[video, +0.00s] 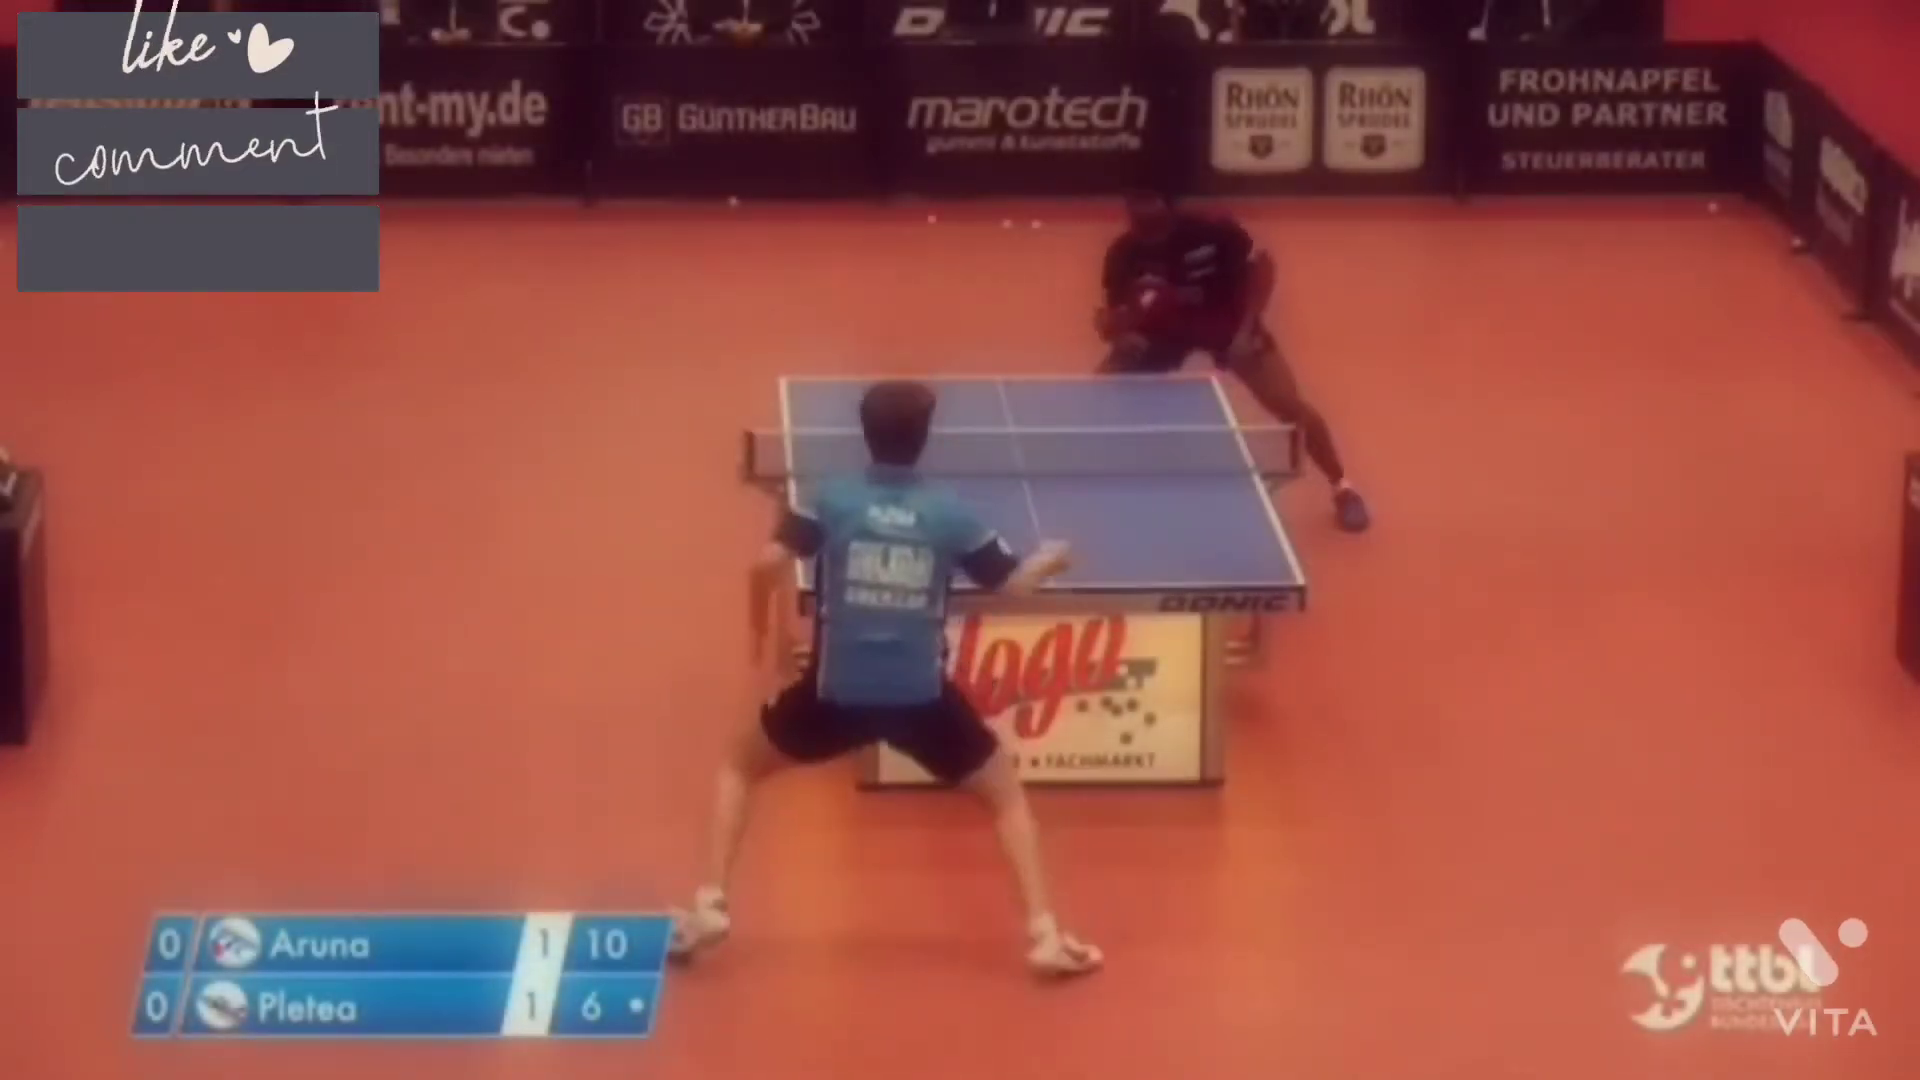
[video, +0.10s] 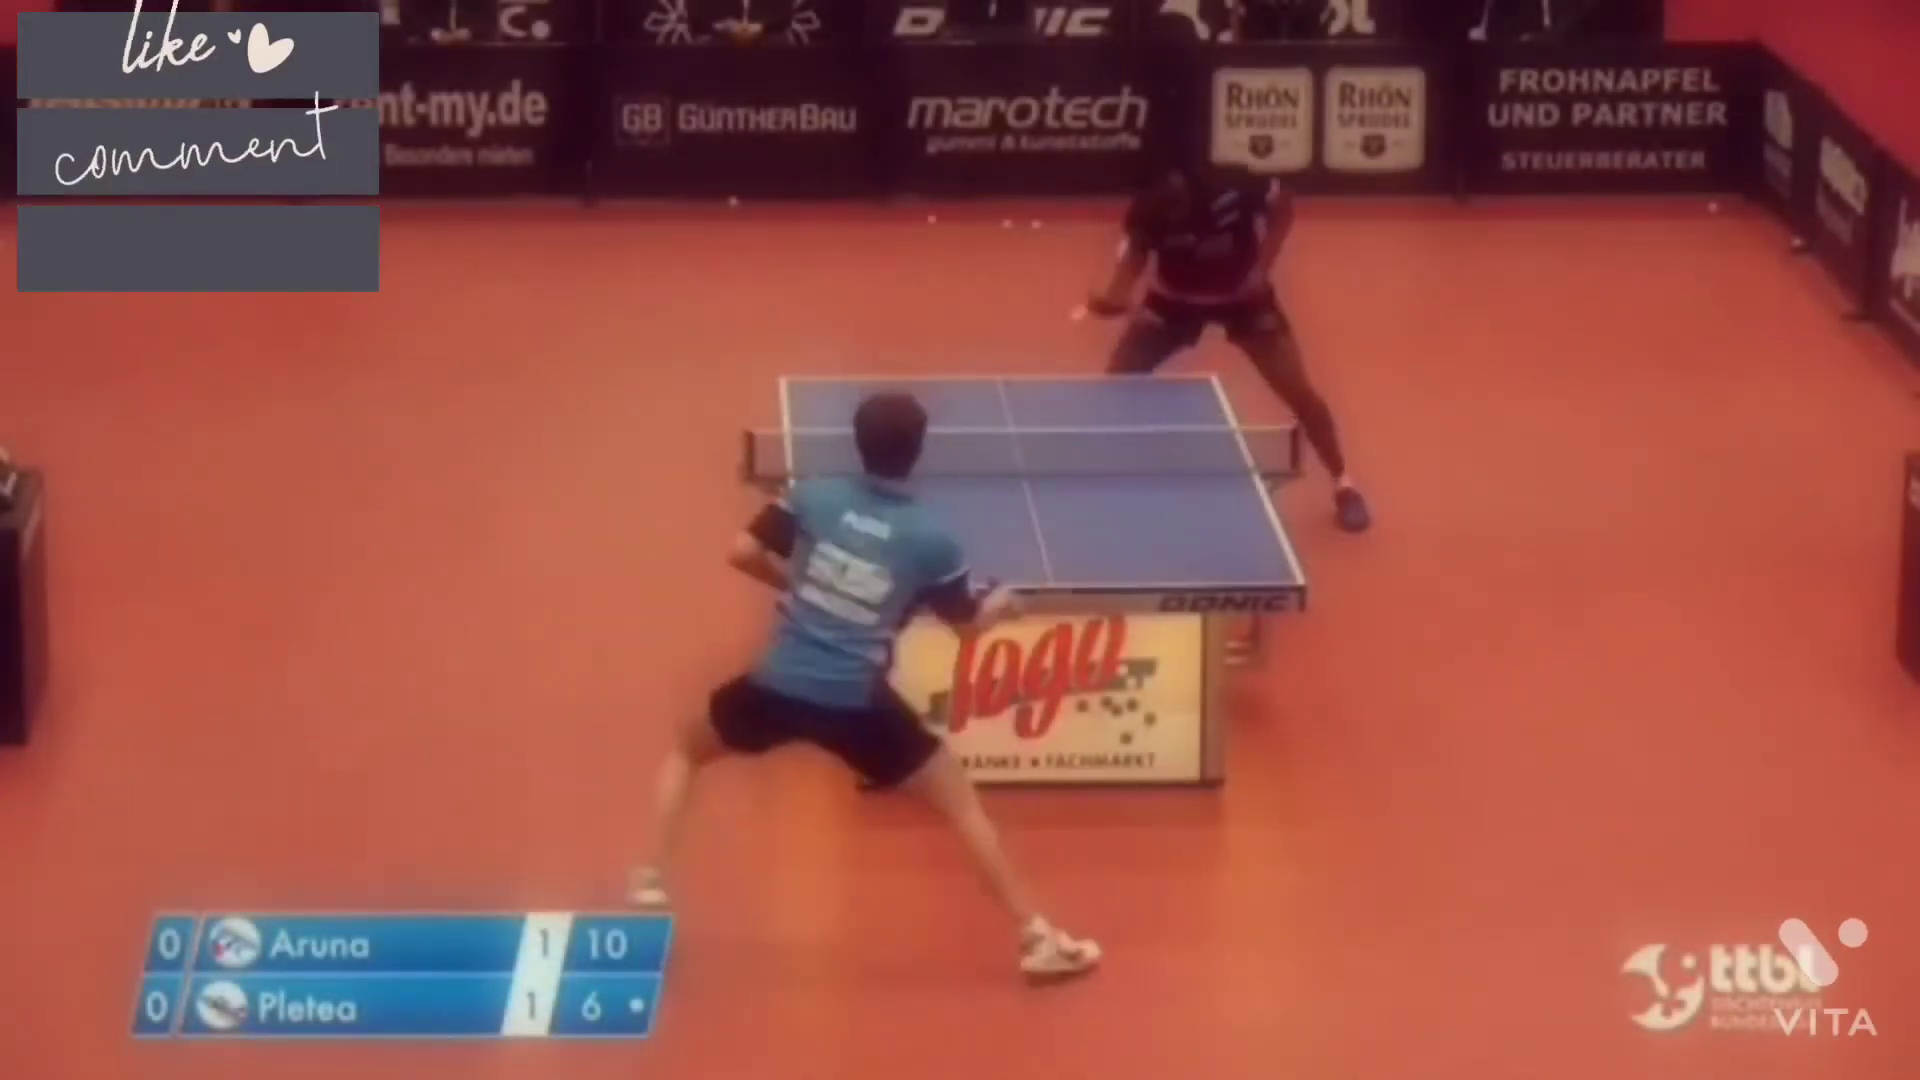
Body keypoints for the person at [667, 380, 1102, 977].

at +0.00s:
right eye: (919, 427)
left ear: (866, 436)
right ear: (923, 438)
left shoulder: (834, 498)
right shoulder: (943, 511)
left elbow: (783, 554)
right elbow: (1006, 584)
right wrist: (1046, 563)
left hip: (838, 695)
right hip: (919, 698)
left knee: (741, 764)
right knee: (1005, 792)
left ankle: (711, 900)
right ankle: (1046, 935)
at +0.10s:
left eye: (881, 439)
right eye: (910, 439)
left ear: (860, 443)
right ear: (917, 451)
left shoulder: (818, 496)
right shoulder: (925, 536)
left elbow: (745, 553)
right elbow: (965, 621)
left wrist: (799, 583)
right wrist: (995, 603)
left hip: (779, 688)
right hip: (857, 704)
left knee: (686, 752)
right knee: (959, 798)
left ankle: (651, 876)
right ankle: (1038, 936)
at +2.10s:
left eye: (773, 468)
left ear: (774, 479)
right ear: (835, 484)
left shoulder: (730, 536)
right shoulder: (854, 566)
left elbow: (656, 582)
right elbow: (904, 644)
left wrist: (692, 604)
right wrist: (874, 609)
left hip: (716, 736)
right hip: (806, 740)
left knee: (626, 807)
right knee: (910, 812)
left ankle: (567, 938)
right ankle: (960, 958)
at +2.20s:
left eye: (790, 487)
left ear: (792, 497)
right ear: (851, 507)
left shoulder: (747, 550)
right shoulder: (861, 581)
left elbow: (673, 594)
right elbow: (920, 662)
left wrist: (729, 596)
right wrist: (878, 625)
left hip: (723, 752)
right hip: (813, 758)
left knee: (638, 818)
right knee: (914, 825)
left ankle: (574, 937)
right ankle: (960, 968)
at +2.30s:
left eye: (780, 505)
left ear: (778, 517)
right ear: (834, 529)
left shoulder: (730, 569)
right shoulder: (849, 601)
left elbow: (658, 597)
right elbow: (916, 662)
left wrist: (709, 590)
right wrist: (864, 635)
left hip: (712, 767)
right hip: (802, 774)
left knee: (628, 814)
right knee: (914, 828)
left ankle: (569, 939)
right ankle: (960, 969)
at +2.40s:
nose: (761, 497)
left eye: (759, 490)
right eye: (796, 497)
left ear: (750, 503)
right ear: (804, 515)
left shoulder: (708, 551)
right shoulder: (817, 583)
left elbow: (626, 566)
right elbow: (881, 620)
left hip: (690, 749)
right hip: (774, 757)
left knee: (611, 791)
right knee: (876, 835)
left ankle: (559, 931)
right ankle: (957, 966)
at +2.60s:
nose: (694, 484)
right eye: (696, 474)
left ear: (640, 481)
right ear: (697, 486)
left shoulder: (621, 532)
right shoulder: (723, 554)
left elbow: (581, 575)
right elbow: (776, 603)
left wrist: (545, 638)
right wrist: (781, 574)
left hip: (612, 733)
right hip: (693, 740)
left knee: (525, 819)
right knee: (790, 853)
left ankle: (446, 929)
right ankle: (885, 975)